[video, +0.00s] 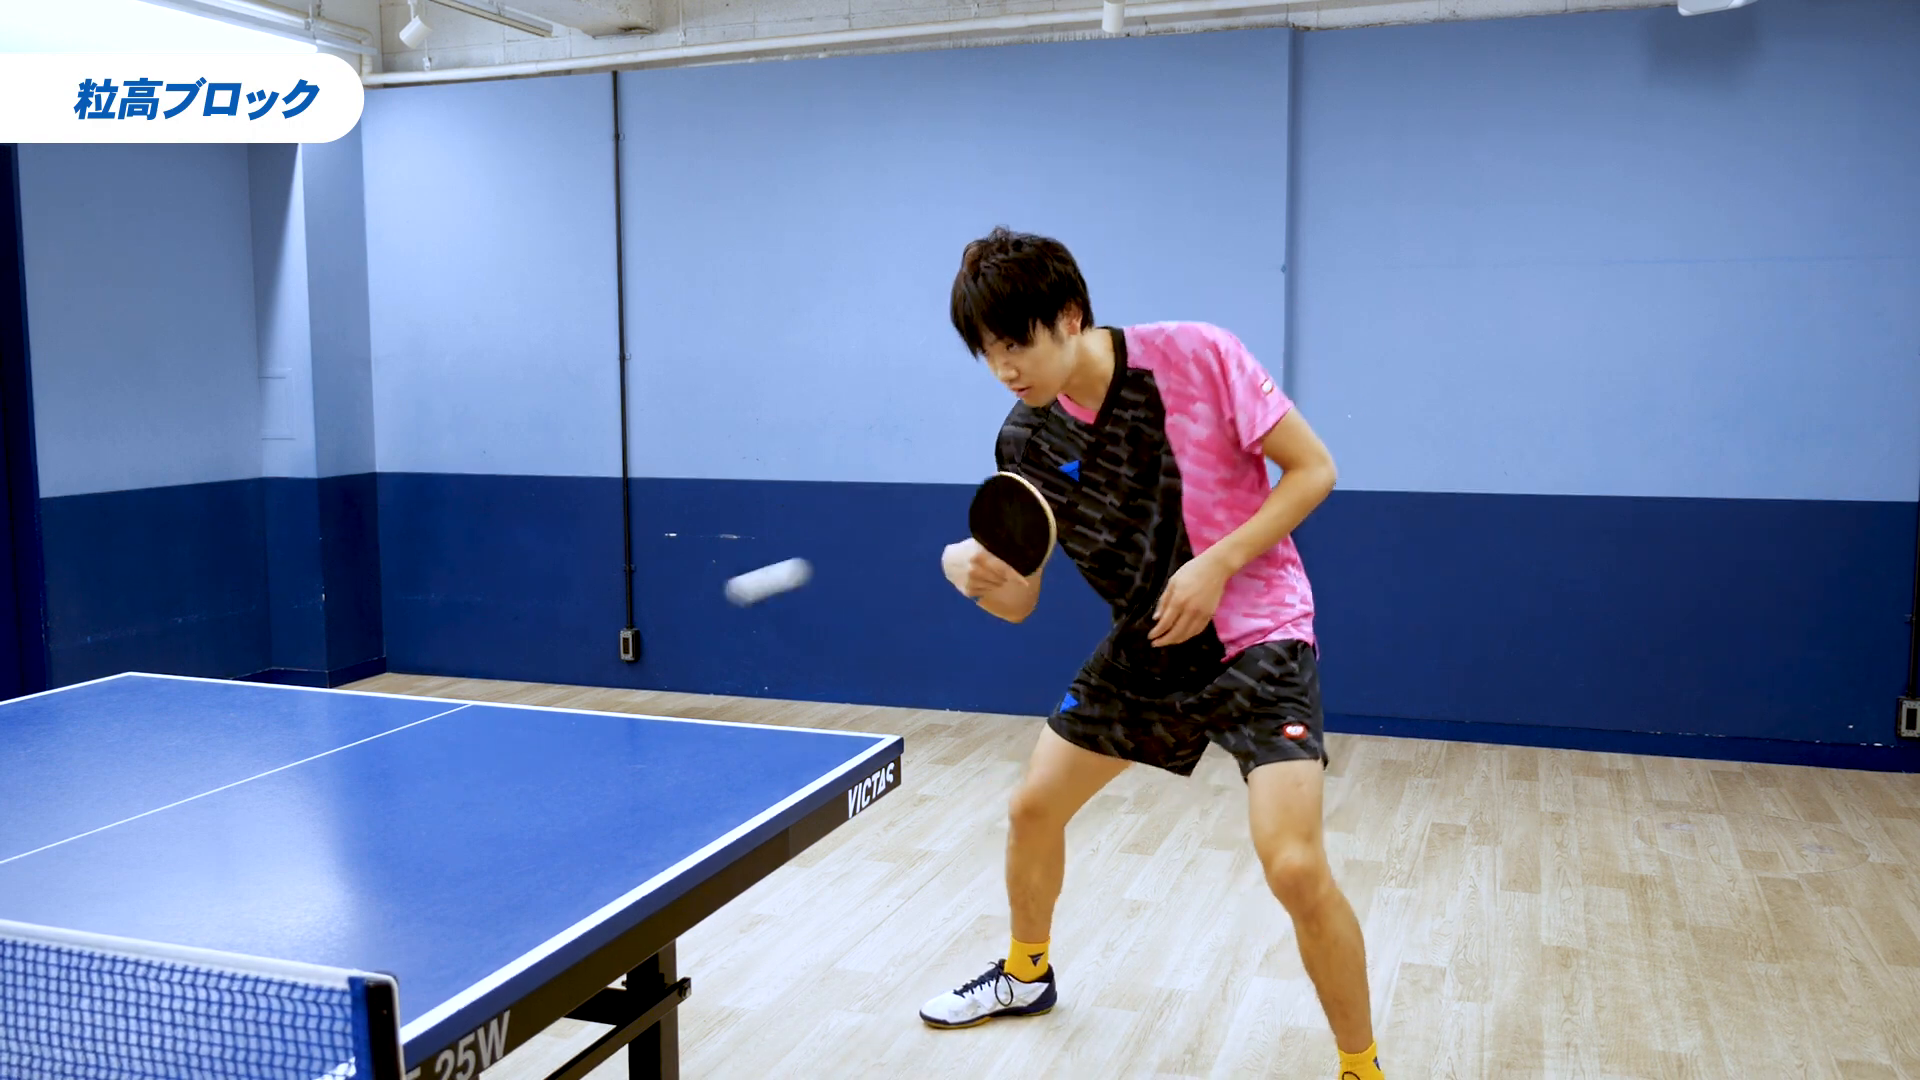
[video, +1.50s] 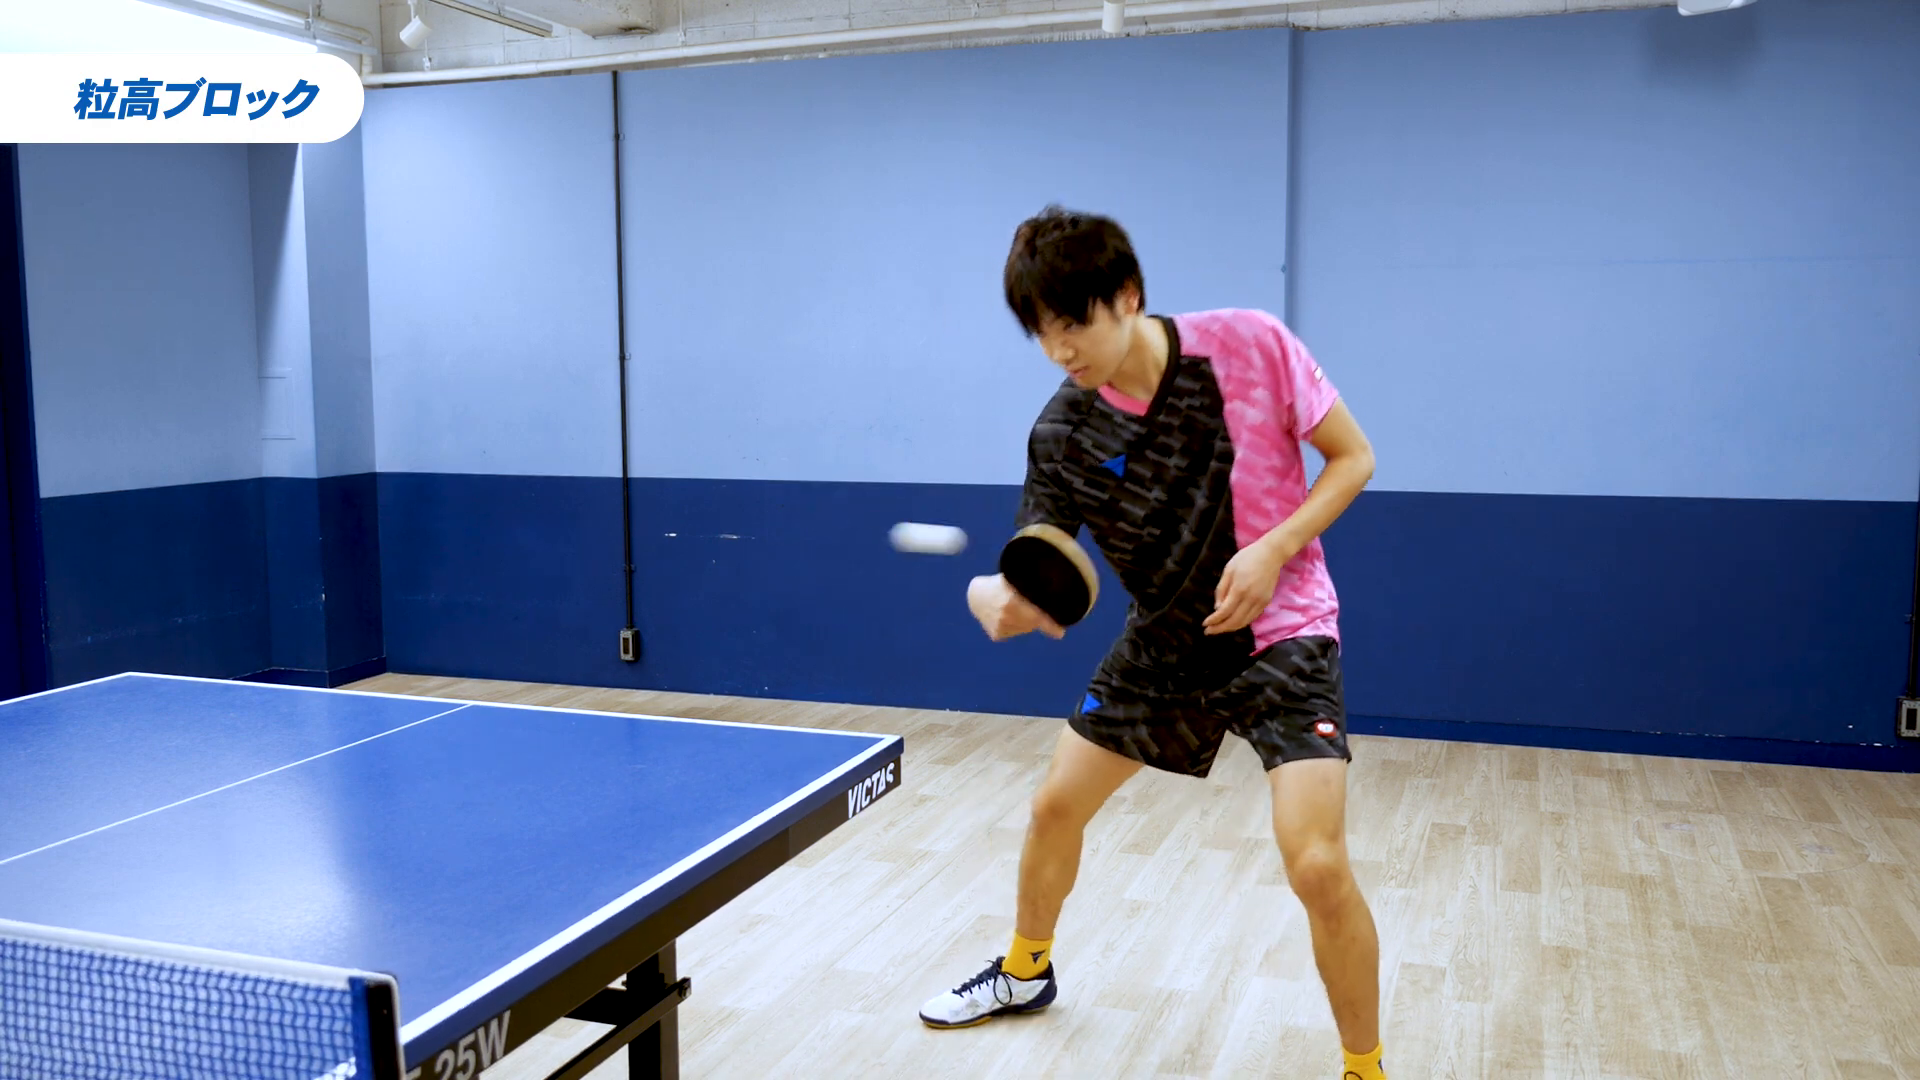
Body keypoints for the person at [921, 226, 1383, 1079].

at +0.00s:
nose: (1004, 371)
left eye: (1014, 345)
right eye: (987, 354)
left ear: (1070, 317)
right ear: (977, 351)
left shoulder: (1197, 356)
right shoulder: (1028, 439)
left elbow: (1314, 470)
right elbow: (1019, 601)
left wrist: (1217, 564)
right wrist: (975, 573)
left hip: (1260, 632)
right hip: (1146, 641)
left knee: (1295, 868)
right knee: (1033, 807)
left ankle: (1360, 1065)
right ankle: (1025, 973)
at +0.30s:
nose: (1046, 261)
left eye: (1063, 234)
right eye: (1030, 242)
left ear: (1122, 225)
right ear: (1023, 252)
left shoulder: (1231, 296)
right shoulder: (1039, 388)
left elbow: (1330, 417)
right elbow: (997, 544)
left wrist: (1253, 495)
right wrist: (937, 623)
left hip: (1265, 591)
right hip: (1148, 598)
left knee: (1312, 833)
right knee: (1064, 783)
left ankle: (1365, 1056)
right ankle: (1014, 951)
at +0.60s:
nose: (1046, 283)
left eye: (1066, 260)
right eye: (1035, 265)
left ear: (1124, 262)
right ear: (1029, 276)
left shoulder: (1219, 358)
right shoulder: (1043, 403)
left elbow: (1310, 499)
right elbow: (1028, 555)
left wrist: (1190, 565)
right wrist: (974, 623)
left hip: (1226, 658)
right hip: (1113, 655)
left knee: (1268, 886)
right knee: (995, 810)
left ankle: (1355, 1067)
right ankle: (1021, 970)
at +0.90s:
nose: (992, 275)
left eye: (1010, 252)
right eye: (981, 259)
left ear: (1067, 249)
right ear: (978, 267)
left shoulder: (1166, 338)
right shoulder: (1022, 386)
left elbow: (1260, 472)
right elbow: (1044, 523)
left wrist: (1132, 536)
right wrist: (992, 601)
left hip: (1214, 631)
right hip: (1110, 635)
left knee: (1258, 858)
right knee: (1014, 792)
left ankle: (1354, 1062)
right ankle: (1023, 970)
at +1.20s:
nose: (1003, 367)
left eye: (1015, 341)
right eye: (989, 350)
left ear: (1072, 321)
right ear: (983, 352)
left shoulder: (1191, 391)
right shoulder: (1037, 445)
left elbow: (1297, 516)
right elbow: (1042, 565)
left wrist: (1179, 598)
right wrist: (996, 613)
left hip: (1246, 654)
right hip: (1138, 659)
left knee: (1268, 887)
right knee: (1008, 808)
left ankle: (1356, 1068)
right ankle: (1023, 972)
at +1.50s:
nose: (1059, 352)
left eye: (1072, 326)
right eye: (1041, 335)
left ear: (1128, 299)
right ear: (1028, 333)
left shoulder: (1251, 345)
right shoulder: (1064, 436)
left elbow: (1352, 457)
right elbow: (1047, 580)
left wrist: (1274, 550)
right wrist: (1009, 602)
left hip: (1284, 630)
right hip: (1163, 637)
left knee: (1316, 866)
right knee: (1055, 807)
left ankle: (1363, 1067)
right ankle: (1025, 970)